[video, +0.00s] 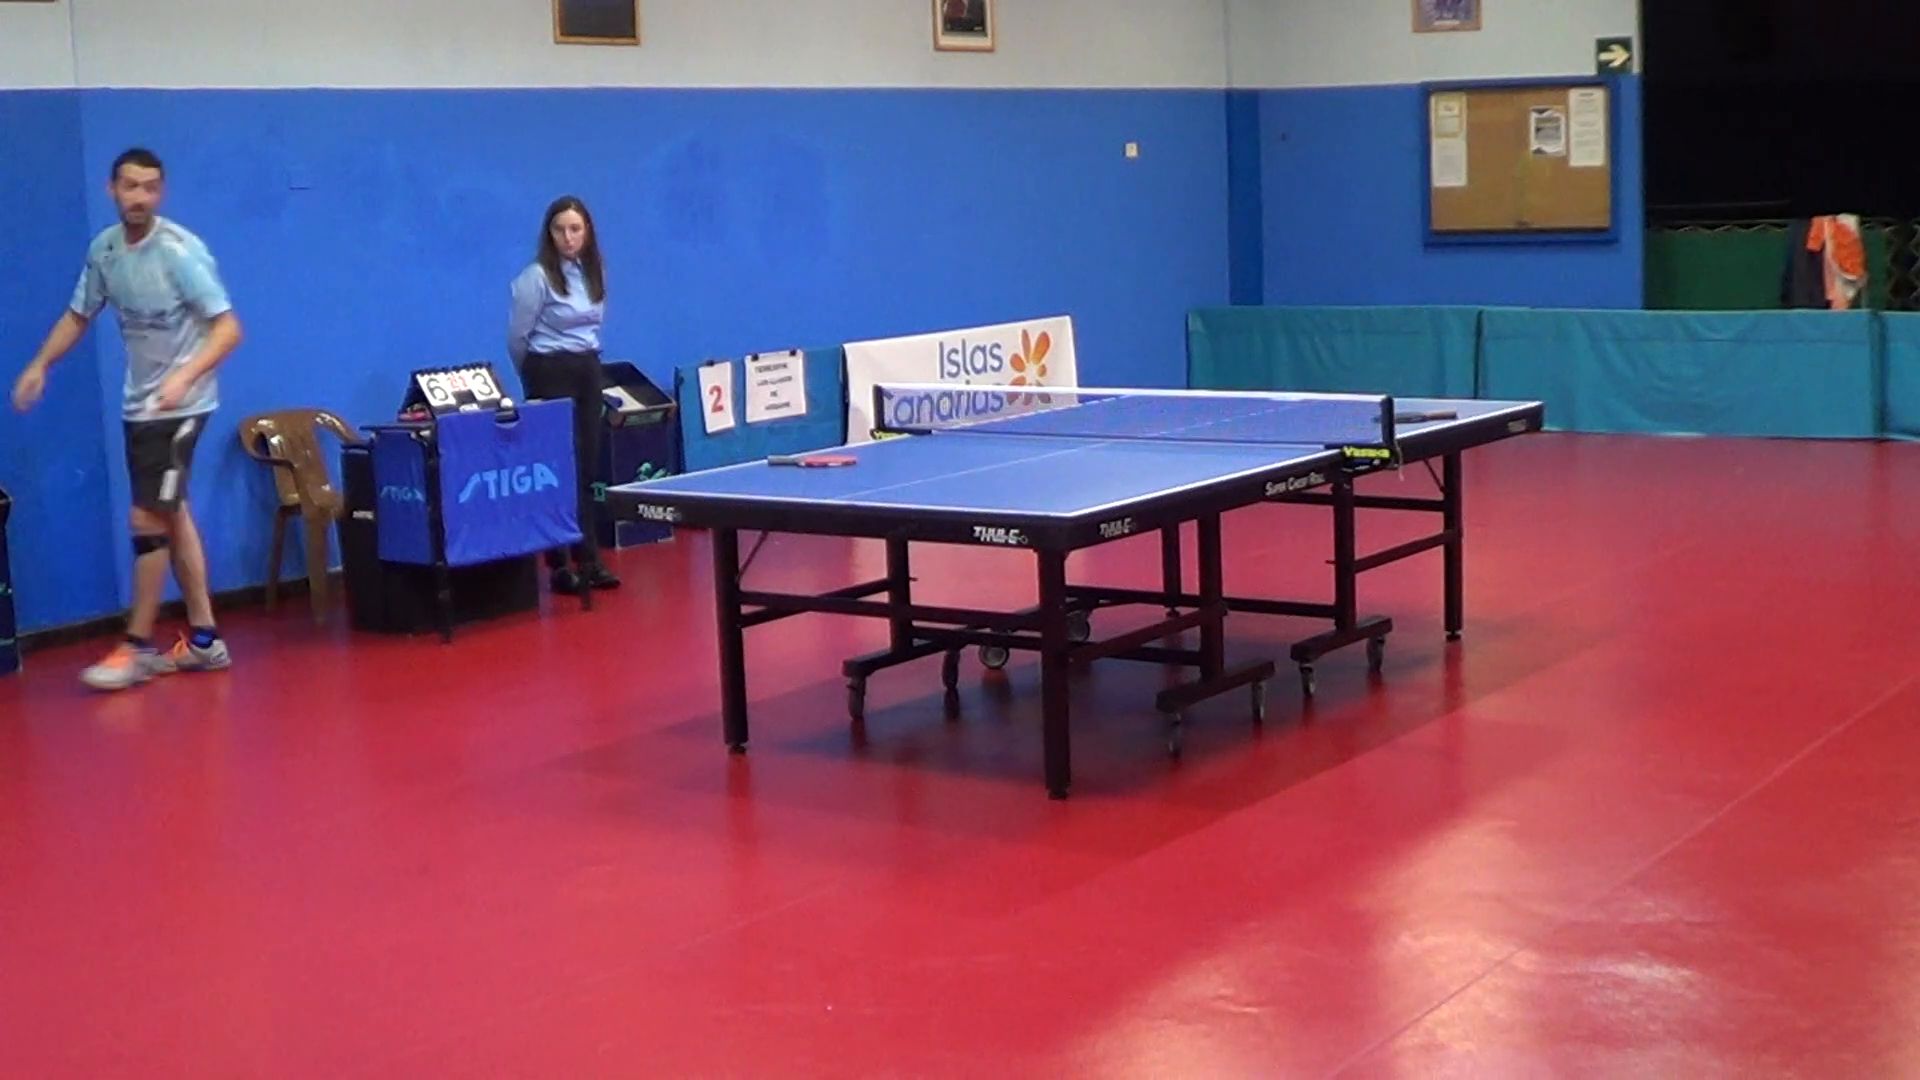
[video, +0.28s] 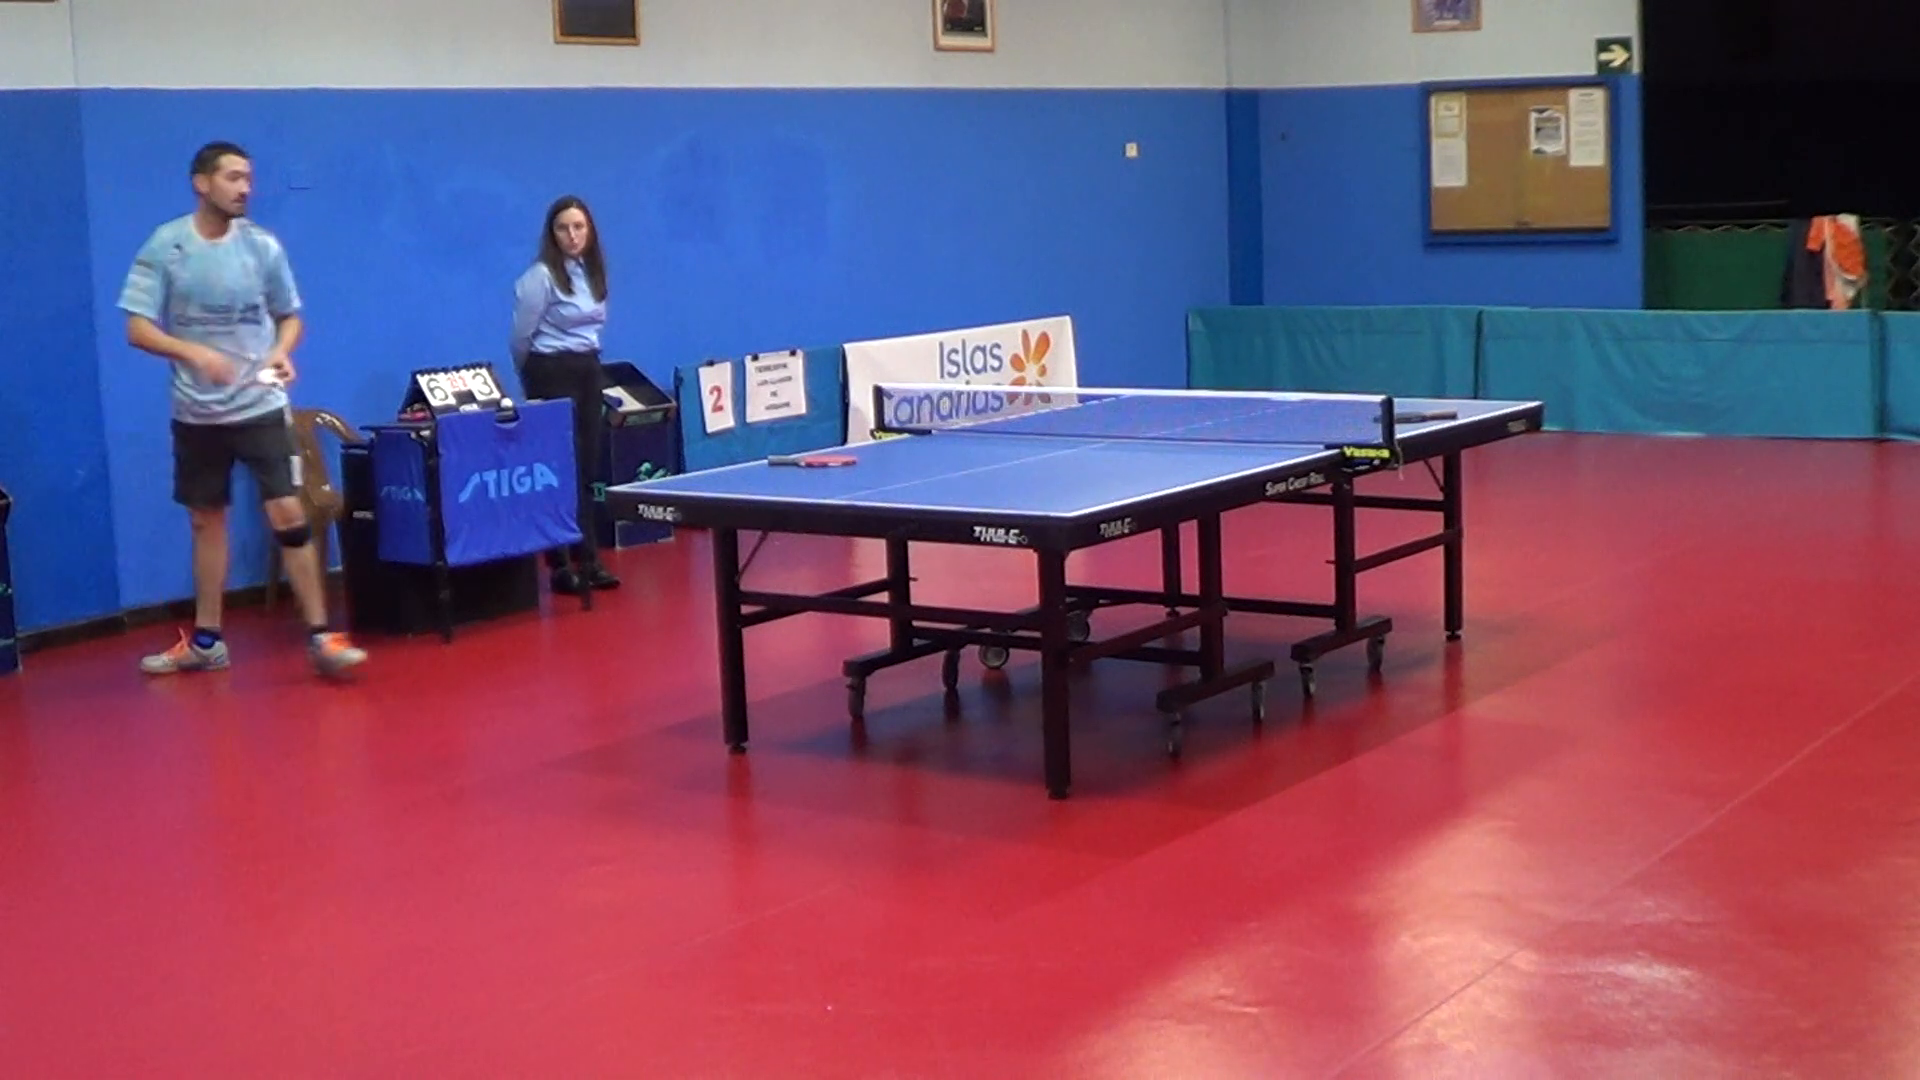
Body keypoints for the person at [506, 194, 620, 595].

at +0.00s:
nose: (569, 236)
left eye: (576, 229)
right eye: (561, 229)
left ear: (587, 233)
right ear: (550, 234)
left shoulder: (593, 271)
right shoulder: (535, 277)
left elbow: (594, 321)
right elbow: (517, 334)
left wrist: (575, 354)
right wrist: (529, 370)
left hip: (588, 366)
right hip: (549, 369)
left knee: (587, 463)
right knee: (556, 465)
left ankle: (590, 559)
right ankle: (560, 565)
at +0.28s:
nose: (573, 234)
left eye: (579, 226)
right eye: (564, 228)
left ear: (590, 231)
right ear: (553, 234)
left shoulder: (592, 271)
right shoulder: (540, 277)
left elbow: (595, 322)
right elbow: (520, 333)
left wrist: (575, 353)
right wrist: (527, 366)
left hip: (588, 366)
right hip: (550, 368)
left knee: (587, 462)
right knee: (558, 464)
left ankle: (589, 558)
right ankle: (561, 564)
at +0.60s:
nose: (575, 233)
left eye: (581, 225)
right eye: (566, 227)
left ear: (591, 229)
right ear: (554, 233)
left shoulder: (593, 271)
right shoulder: (540, 277)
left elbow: (596, 322)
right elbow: (522, 335)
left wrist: (576, 354)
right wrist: (531, 370)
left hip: (591, 366)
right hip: (554, 368)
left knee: (590, 462)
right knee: (561, 464)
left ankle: (589, 557)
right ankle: (564, 563)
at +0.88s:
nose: (576, 233)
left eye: (582, 225)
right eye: (567, 227)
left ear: (592, 229)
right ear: (555, 233)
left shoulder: (594, 271)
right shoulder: (542, 277)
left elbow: (598, 322)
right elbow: (525, 336)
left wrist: (578, 354)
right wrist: (534, 370)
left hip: (594, 364)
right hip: (557, 367)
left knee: (594, 461)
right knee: (565, 463)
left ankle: (590, 556)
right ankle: (565, 563)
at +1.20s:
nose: (577, 234)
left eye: (583, 226)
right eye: (568, 228)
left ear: (593, 230)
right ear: (556, 234)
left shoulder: (595, 271)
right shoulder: (542, 277)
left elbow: (598, 323)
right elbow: (525, 339)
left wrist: (576, 354)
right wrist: (536, 377)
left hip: (595, 364)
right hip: (557, 367)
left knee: (596, 461)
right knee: (567, 463)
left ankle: (590, 555)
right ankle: (565, 562)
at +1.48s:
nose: (579, 237)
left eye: (584, 228)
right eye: (569, 231)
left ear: (594, 230)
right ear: (557, 236)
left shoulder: (599, 272)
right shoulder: (543, 274)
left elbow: (604, 315)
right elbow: (536, 321)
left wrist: (562, 321)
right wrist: (566, 331)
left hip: (596, 362)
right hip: (559, 364)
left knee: (600, 460)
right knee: (571, 463)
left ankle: (596, 553)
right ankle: (579, 558)